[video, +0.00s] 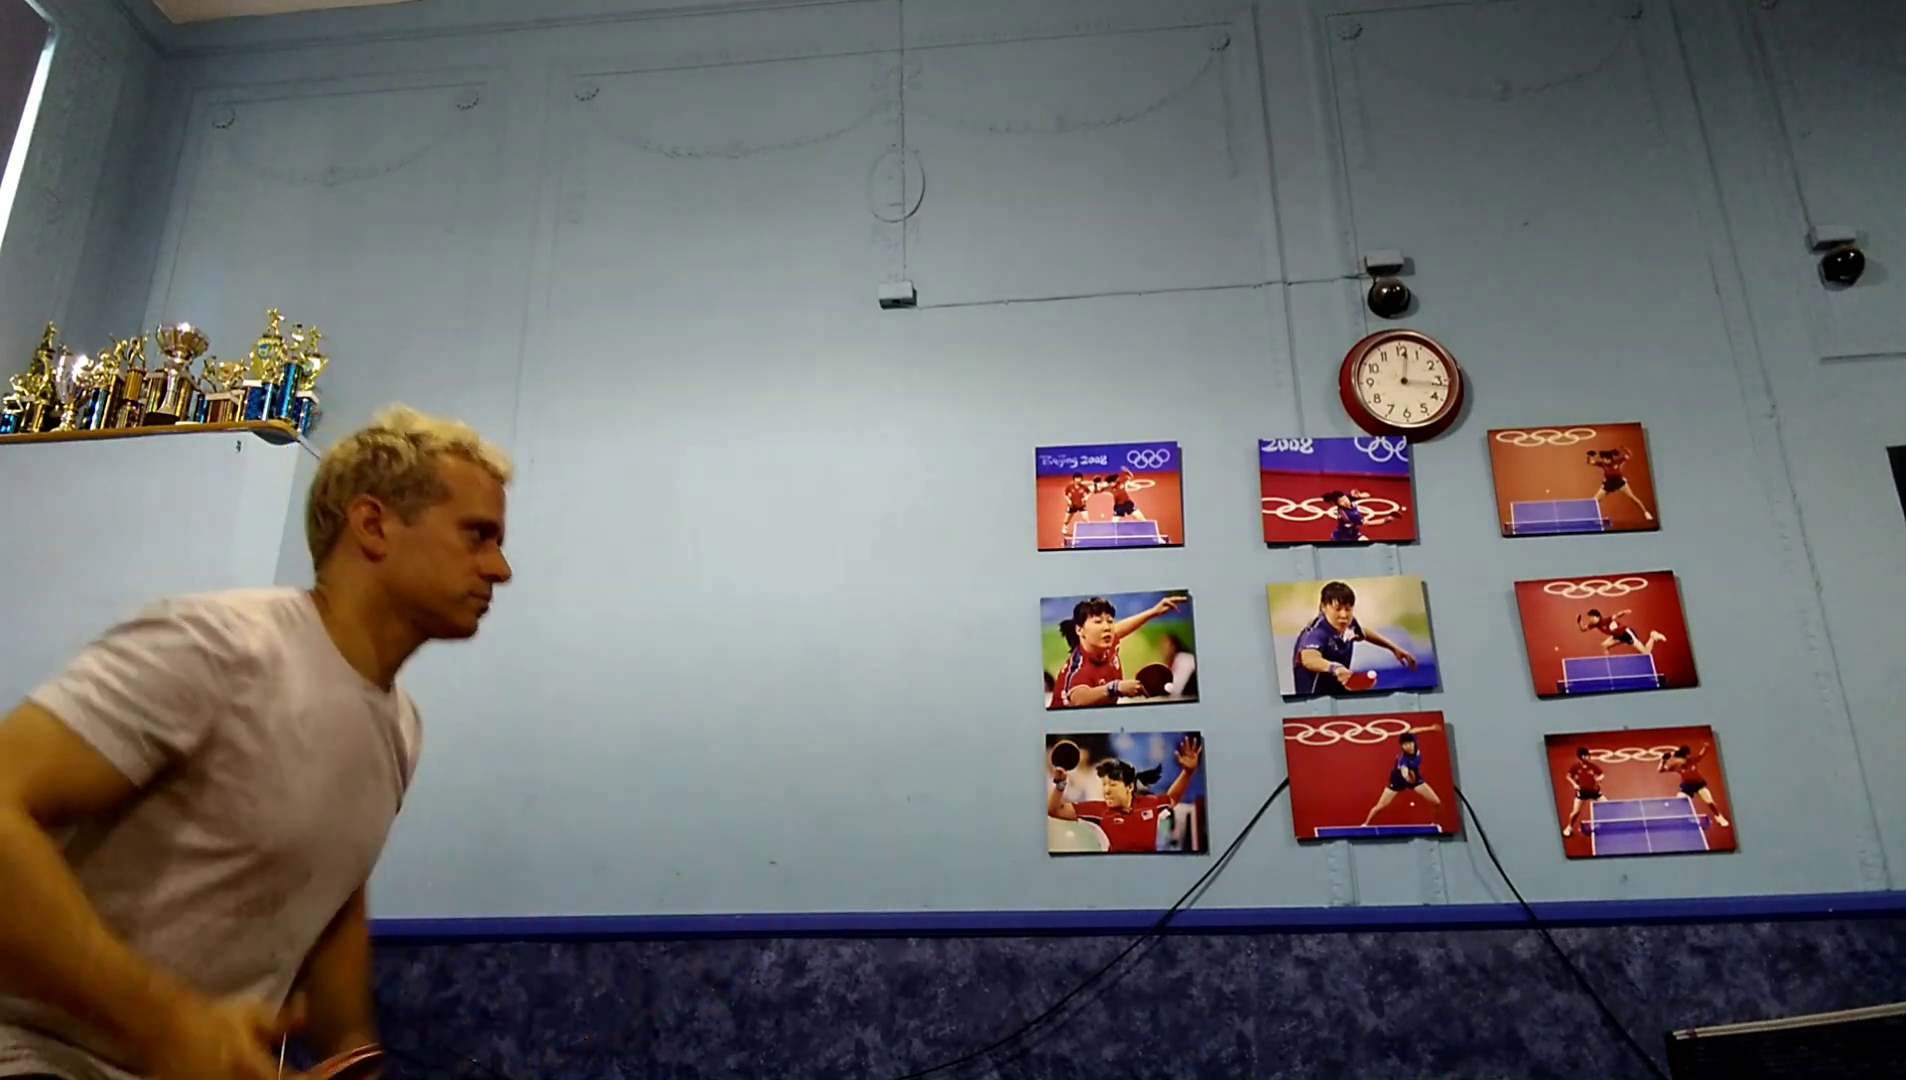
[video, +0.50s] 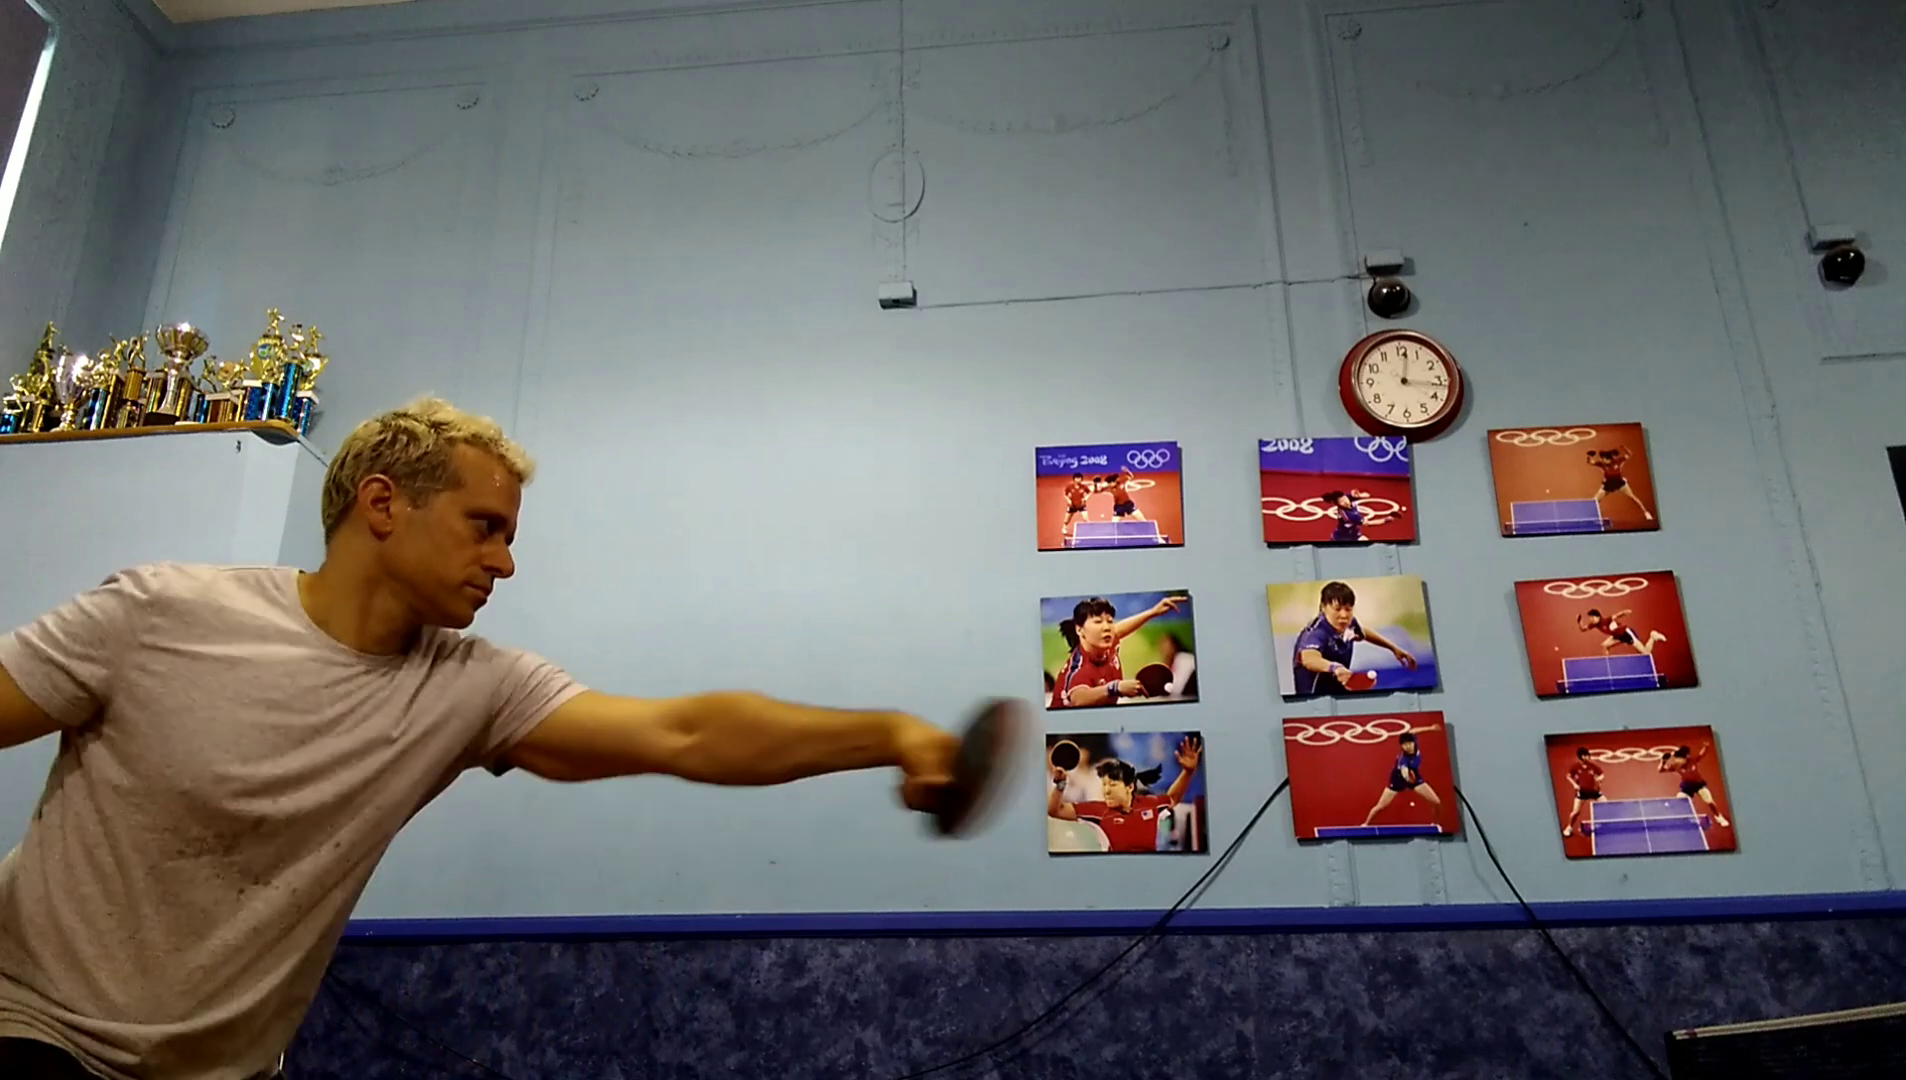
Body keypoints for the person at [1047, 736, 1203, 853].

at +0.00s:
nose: (1106, 790)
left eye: (1113, 784)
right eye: (1104, 785)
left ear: (1130, 787)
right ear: (1101, 787)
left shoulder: (1151, 805)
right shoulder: (1100, 810)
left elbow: (1172, 798)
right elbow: (1055, 811)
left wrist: (1188, 771)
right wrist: (1060, 785)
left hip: (1150, 872)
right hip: (1115, 874)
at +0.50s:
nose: (1107, 790)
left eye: (1113, 785)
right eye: (1104, 785)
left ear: (1130, 787)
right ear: (1101, 787)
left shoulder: (1151, 804)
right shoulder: (1100, 810)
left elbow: (1172, 798)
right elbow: (1055, 811)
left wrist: (1188, 771)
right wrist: (1059, 785)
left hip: (1151, 872)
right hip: (1116, 874)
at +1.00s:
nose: (1106, 790)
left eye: (1113, 785)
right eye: (1104, 785)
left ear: (1130, 787)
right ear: (1101, 787)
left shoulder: (1151, 805)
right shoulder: (1100, 811)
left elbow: (1173, 798)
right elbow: (1055, 811)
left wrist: (1188, 771)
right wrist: (1060, 785)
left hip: (1151, 873)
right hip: (1115, 875)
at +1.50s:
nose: (1107, 790)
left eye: (1113, 785)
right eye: (1104, 785)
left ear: (1130, 787)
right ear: (1101, 787)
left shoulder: (1151, 804)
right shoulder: (1100, 811)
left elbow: (1172, 798)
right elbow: (1055, 811)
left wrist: (1188, 771)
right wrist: (1059, 785)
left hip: (1152, 872)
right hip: (1117, 874)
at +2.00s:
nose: (1107, 790)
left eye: (1113, 785)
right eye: (1104, 785)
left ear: (1130, 787)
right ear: (1101, 786)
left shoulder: (1151, 804)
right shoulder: (1100, 810)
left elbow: (1173, 798)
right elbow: (1055, 811)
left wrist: (1188, 772)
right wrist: (1059, 785)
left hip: (1151, 872)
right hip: (1116, 874)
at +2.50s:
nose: (1107, 790)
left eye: (1113, 785)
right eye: (1104, 785)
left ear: (1130, 787)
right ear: (1101, 787)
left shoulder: (1151, 804)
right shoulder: (1100, 811)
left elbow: (1172, 798)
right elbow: (1055, 811)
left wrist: (1188, 772)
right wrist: (1060, 785)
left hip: (1151, 872)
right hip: (1116, 874)